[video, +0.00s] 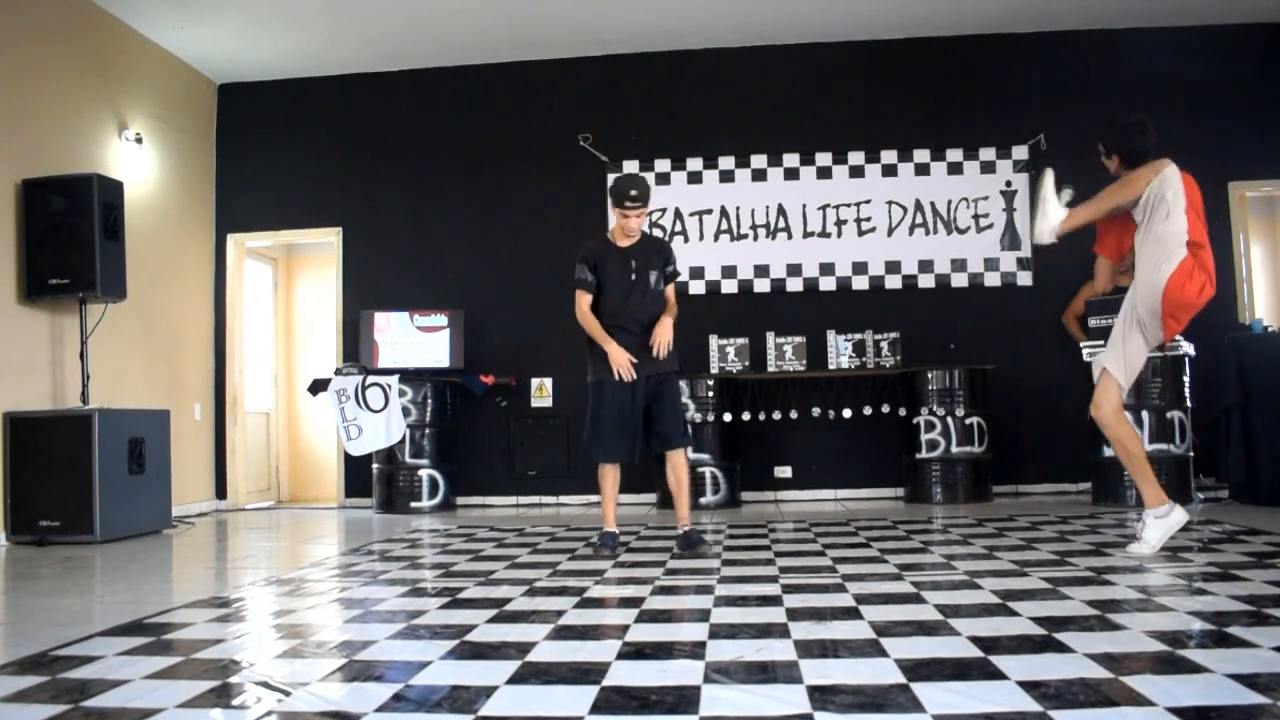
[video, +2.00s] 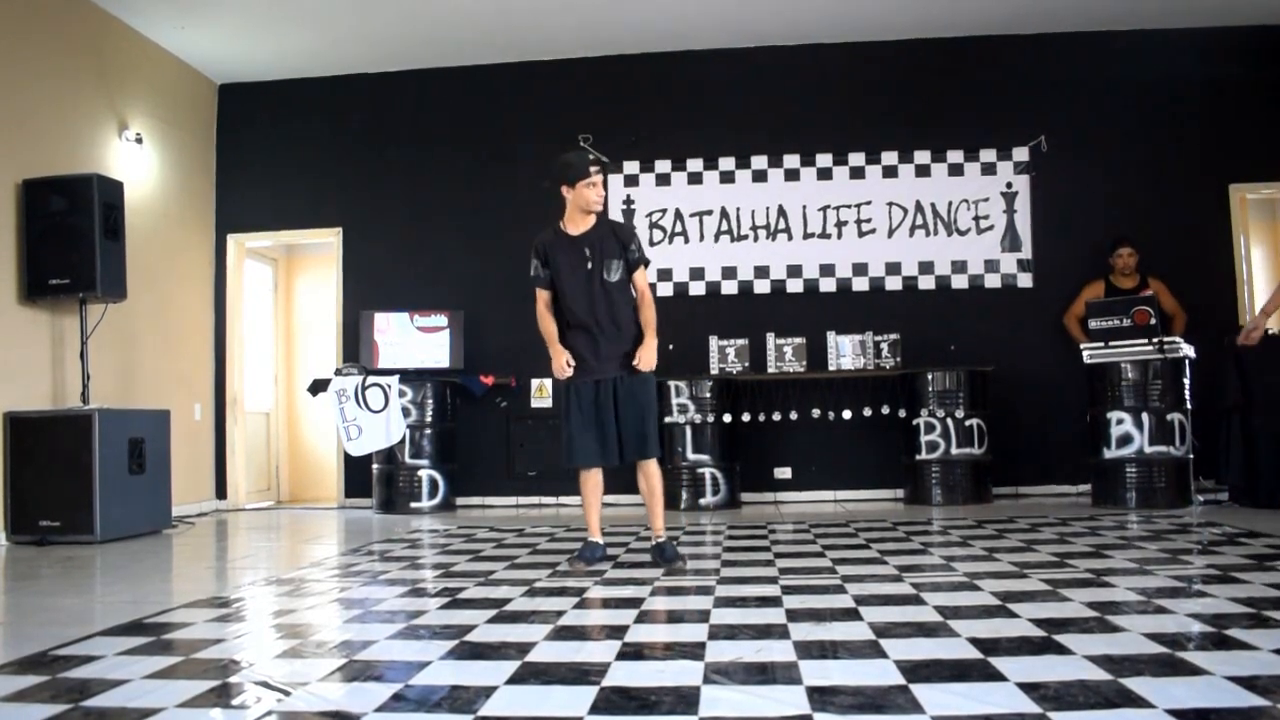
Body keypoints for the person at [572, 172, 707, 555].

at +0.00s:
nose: (632, 221)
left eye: (639, 214)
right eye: (625, 214)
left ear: (647, 212)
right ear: (613, 209)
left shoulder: (660, 250)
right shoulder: (593, 253)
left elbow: (671, 301)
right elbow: (582, 310)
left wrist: (667, 320)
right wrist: (610, 347)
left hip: (658, 364)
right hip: (612, 366)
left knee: (675, 443)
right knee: (609, 449)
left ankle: (685, 528)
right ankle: (609, 530)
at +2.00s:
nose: (599, 191)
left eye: (601, 184)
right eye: (590, 185)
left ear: (603, 188)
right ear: (567, 191)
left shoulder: (621, 235)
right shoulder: (547, 245)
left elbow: (643, 292)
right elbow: (543, 305)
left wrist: (650, 340)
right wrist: (554, 346)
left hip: (631, 364)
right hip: (581, 369)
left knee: (646, 454)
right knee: (589, 459)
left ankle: (660, 538)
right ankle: (595, 541)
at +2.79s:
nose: (639, 215)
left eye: (645, 208)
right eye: (631, 208)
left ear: (655, 200)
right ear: (617, 199)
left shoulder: (671, 236)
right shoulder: (595, 239)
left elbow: (681, 293)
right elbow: (579, 295)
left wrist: (669, 322)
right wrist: (582, 342)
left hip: (660, 358)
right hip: (610, 361)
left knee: (678, 446)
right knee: (604, 449)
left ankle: (689, 533)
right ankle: (598, 535)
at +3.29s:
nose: (647, 209)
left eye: (655, 200)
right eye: (640, 200)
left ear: (668, 193)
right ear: (630, 195)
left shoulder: (695, 233)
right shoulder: (620, 237)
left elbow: (718, 291)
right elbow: (614, 287)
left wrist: (698, 335)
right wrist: (607, 326)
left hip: (673, 359)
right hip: (623, 355)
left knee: (682, 445)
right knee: (589, 430)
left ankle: (681, 530)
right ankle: (564, 513)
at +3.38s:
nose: (646, 212)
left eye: (653, 204)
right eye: (639, 204)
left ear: (667, 196)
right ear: (629, 199)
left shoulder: (697, 236)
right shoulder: (625, 243)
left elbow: (720, 292)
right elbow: (619, 289)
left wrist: (701, 332)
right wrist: (611, 325)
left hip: (682, 356)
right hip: (632, 353)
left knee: (683, 444)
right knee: (588, 420)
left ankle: (681, 532)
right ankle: (552, 456)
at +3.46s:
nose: (643, 210)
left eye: (650, 201)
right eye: (635, 202)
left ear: (663, 193)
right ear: (625, 199)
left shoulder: (693, 230)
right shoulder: (620, 243)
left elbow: (718, 284)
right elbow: (615, 292)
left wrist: (705, 325)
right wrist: (615, 326)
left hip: (691, 350)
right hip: (642, 352)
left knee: (691, 440)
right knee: (621, 420)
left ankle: (686, 530)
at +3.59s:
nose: (640, 214)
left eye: (646, 205)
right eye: (632, 207)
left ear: (660, 195)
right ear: (622, 205)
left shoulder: (691, 230)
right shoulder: (619, 246)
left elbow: (722, 282)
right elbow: (615, 295)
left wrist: (712, 330)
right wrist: (627, 329)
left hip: (707, 351)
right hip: (658, 355)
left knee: (731, 441)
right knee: (649, 440)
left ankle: (759, 521)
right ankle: (657, 527)